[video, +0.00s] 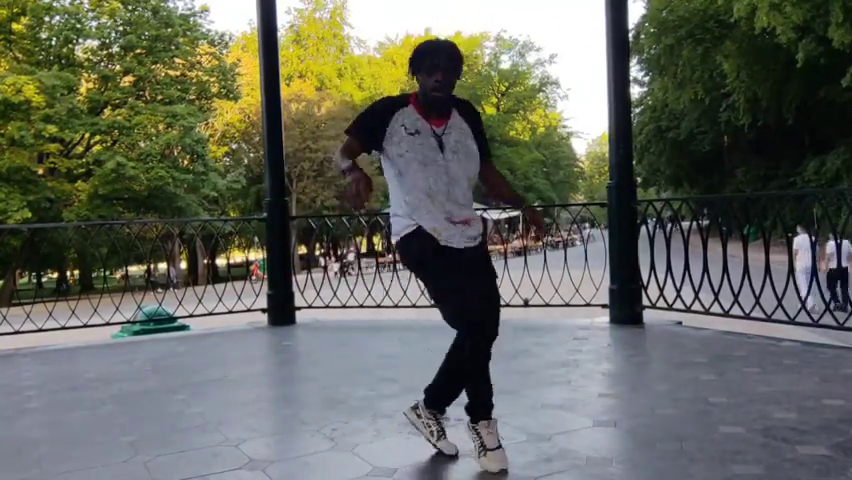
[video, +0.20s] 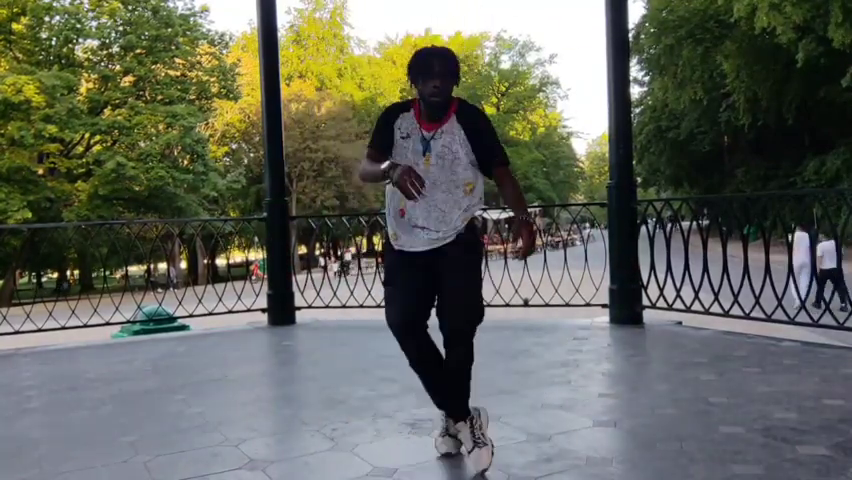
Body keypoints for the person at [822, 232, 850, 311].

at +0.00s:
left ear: (831, 235)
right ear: (842, 234)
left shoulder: (830, 244)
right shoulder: (846, 243)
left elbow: (828, 256)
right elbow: (850, 255)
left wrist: (825, 266)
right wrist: (848, 264)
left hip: (832, 268)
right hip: (844, 268)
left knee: (831, 287)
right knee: (844, 288)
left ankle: (837, 303)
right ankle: (845, 305)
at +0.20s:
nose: (819, 238)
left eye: (820, 237)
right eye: (819, 236)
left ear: (821, 237)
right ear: (829, 236)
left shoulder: (820, 246)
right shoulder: (836, 243)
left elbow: (819, 259)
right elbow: (841, 255)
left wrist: (818, 269)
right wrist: (839, 266)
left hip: (824, 269)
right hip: (835, 269)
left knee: (820, 287)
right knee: (840, 286)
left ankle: (818, 302)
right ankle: (843, 303)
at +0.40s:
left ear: (812, 236)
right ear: (821, 234)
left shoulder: (810, 244)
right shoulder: (827, 241)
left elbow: (809, 255)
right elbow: (832, 250)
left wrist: (808, 265)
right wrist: (833, 260)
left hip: (815, 266)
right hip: (825, 265)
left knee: (815, 285)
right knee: (825, 284)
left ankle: (817, 303)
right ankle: (830, 299)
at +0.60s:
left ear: (807, 235)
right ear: (816, 235)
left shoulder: (804, 244)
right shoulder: (820, 243)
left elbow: (801, 254)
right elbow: (824, 253)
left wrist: (802, 262)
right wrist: (828, 261)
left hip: (808, 266)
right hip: (818, 265)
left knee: (811, 285)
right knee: (814, 284)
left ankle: (816, 301)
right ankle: (810, 300)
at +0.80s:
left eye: (802, 234)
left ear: (804, 235)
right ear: (812, 235)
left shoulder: (800, 244)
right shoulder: (815, 243)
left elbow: (797, 254)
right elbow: (819, 254)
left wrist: (797, 263)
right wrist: (822, 263)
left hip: (803, 266)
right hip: (812, 265)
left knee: (801, 283)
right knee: (809, 284)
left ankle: (811, 296)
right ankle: (806, 299)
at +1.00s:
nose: (796, 234)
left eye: (797, 233)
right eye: (796, 233)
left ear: (799, 234)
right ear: (805, 233)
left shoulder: (796, 242)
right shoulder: (811, 241)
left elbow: (794, 253)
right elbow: (813, 252)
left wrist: (793, 261)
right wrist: (813, 261)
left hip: (798, 264)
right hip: (809, 263)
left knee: (796, 283)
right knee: (808, 283)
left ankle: (798, 298)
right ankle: (806, 299)